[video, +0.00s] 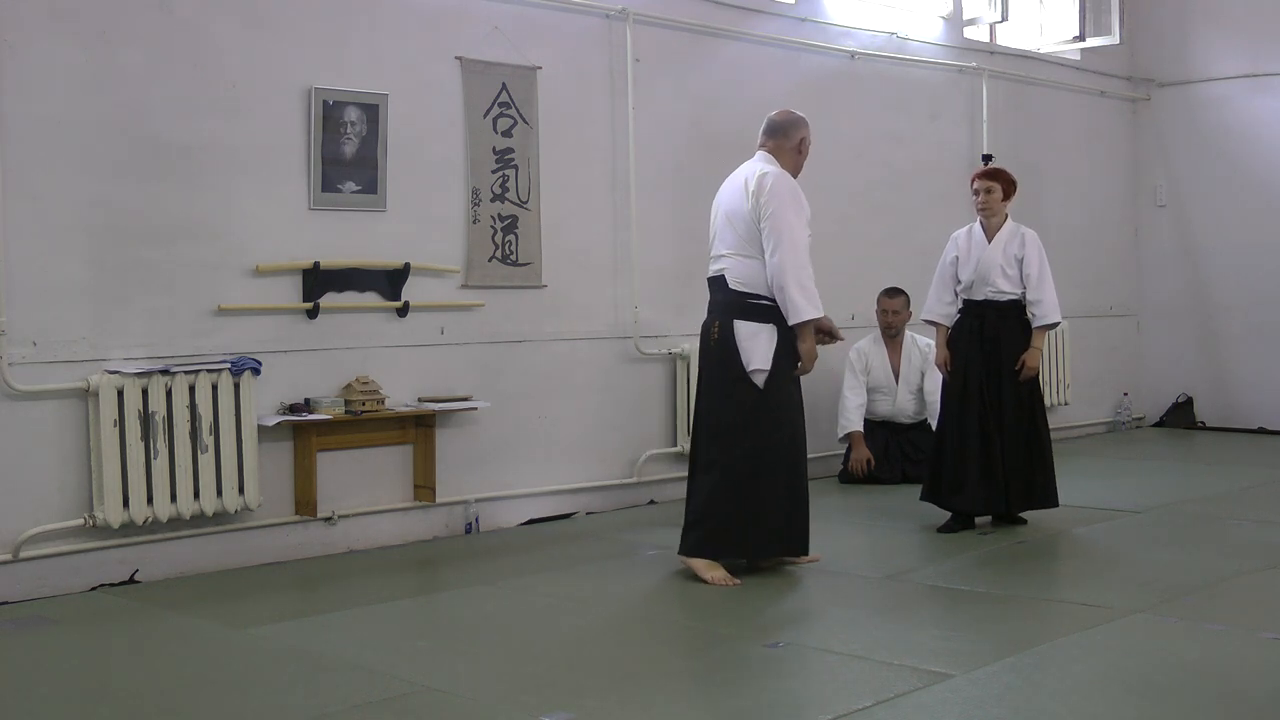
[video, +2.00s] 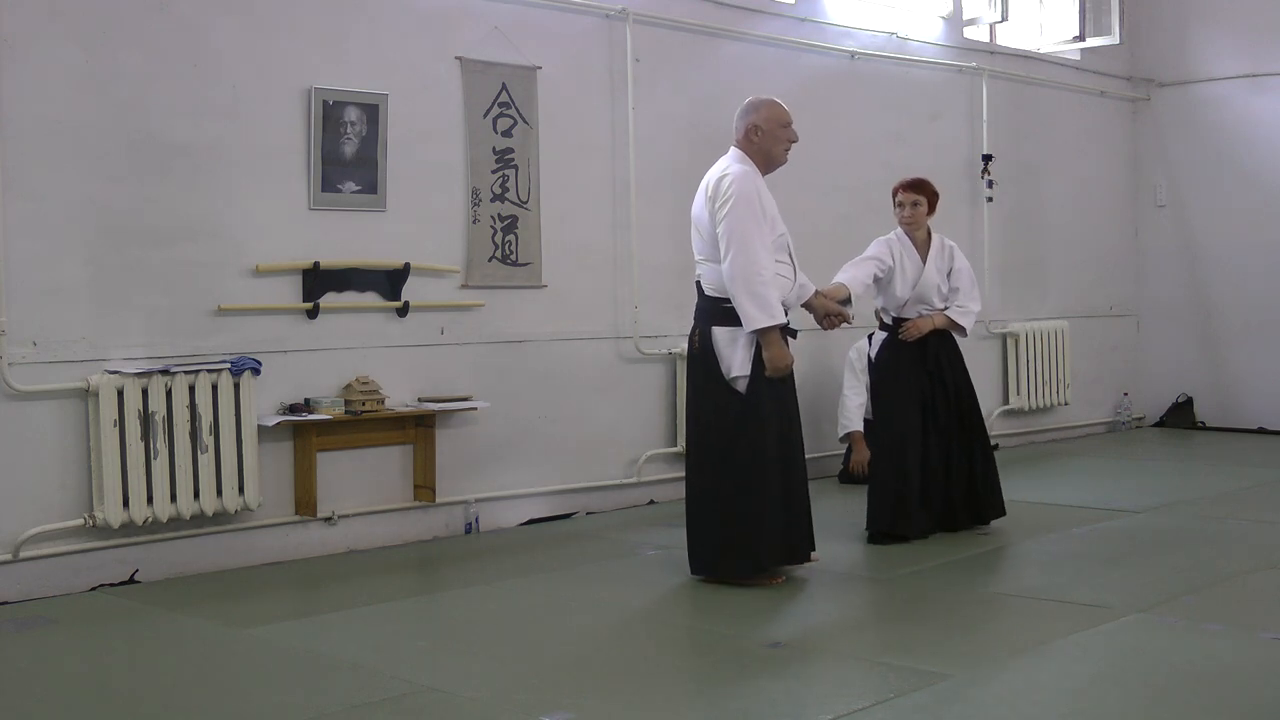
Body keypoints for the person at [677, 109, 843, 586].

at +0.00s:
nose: (808, 158)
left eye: (807, 149)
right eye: (808, 149)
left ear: (764, 141)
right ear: (799, 145)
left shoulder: (741, 179)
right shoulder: (777, 183)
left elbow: (767, 262)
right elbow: (787, 262)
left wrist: (811, 316)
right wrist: (804, 331)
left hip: (734, 317)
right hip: (753, 321)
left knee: (772, 434)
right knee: (737, 436)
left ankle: (770, 542)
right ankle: (700, 548)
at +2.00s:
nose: (794, 137)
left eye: (793, 129)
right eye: (786, 129)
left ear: (753, 133)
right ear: (754, 133)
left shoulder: (743, 179)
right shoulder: (738, 182)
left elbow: (770, 260)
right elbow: (746, 264)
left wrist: (813, 298)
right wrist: (770, 334)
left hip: (745, 327)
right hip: (736, 332)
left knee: (753, 444)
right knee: (742, 447)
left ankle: (755, 555)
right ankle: (736, 561)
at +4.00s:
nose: (780, 137)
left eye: (778, 129)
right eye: (771, 129)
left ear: (739, 133)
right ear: (740, 133)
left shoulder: (735, 181)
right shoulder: (725, 183)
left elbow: (757, 263)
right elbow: (732, 264)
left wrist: (797, 302)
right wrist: (761, 331)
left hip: (748, 327)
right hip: (725, 331)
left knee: (769, 440)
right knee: (733, 448)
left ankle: (780, 541)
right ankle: (735, 560)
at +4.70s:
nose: (776, 138)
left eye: (774, 129)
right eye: (768, 129)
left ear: (735, 134)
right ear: (737, 134)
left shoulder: (725, 180)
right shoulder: (721, 182)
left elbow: (742, 263)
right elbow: (735, 258)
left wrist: (790, 306)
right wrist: (794, 264)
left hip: (748, 325)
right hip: (727, 329)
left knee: (769, 438)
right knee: (734, 446)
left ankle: (776, 541)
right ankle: (734, 561)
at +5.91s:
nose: (781, 140)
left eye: (779, 132)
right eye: (773, 131)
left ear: (740, 135)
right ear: (743, 135)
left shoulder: (728, 179)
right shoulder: (725, 182)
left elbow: (747, 265)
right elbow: (741, 263)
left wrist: (790, 309)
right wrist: (804, 248)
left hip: (749, 325)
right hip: (728, 328)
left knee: (766, 438)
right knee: (732, 444)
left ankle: (775, 540)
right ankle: (731, 560)